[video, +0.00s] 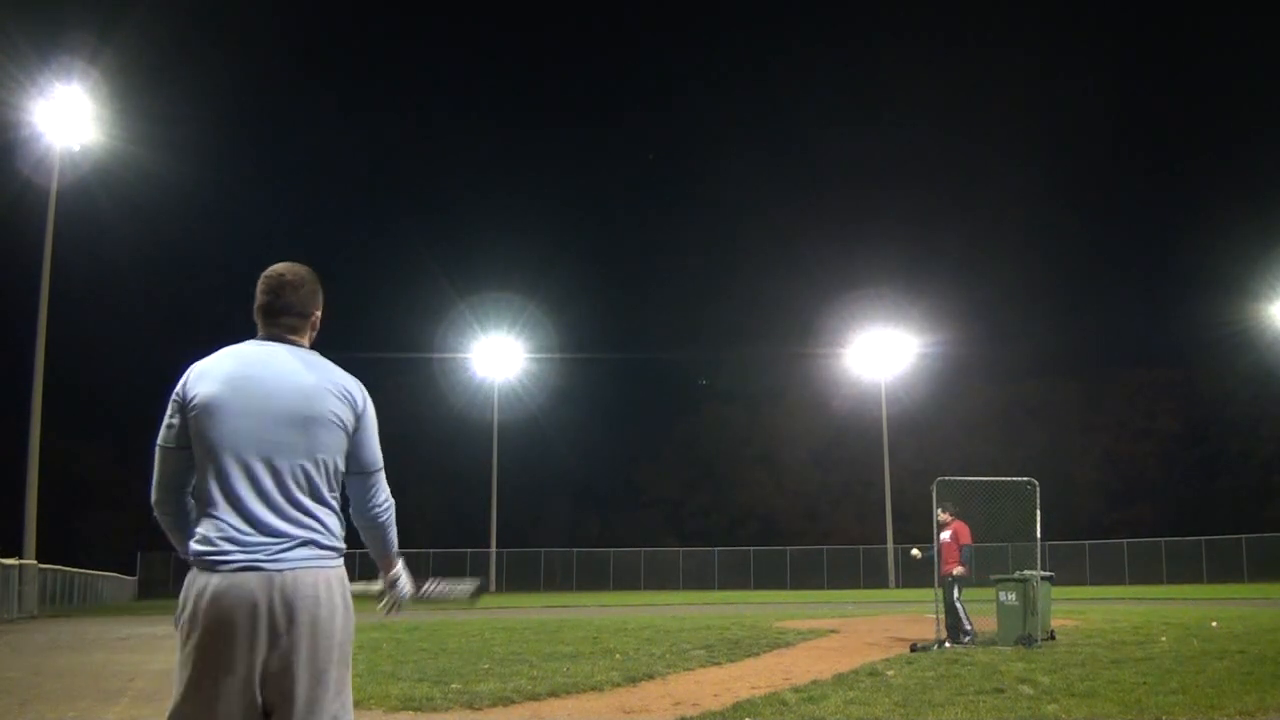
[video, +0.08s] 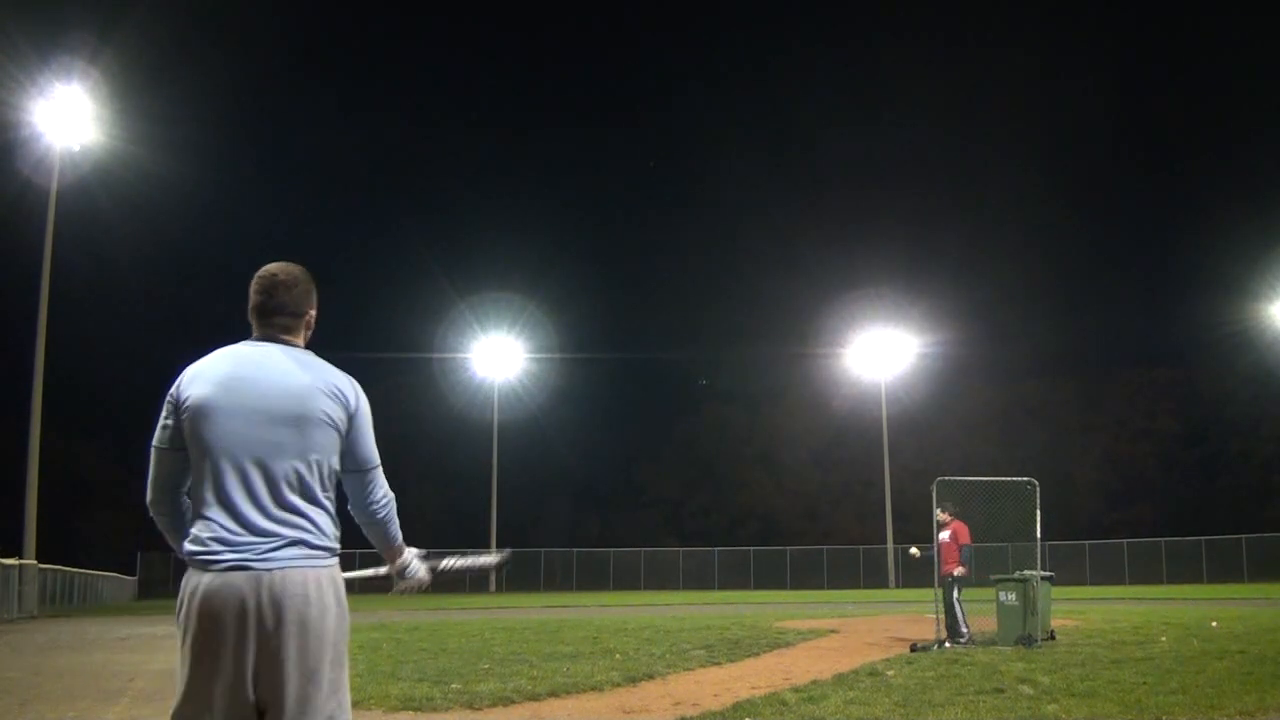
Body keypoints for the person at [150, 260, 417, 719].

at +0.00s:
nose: (315, 319)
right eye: (316, 313)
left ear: (257, 314)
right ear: (315, 318)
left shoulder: (201, 376)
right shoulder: (346, 388)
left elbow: (167, 498)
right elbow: (371, 501)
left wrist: (207, 559)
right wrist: (391, 567)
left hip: (220, 591)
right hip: (316, 589)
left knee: (209, 713)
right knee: (318, 713)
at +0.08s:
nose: (311, 321)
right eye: (312, 315)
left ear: (251, 314)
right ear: (310, 319)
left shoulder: (195, 378)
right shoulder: (341, 387)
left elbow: (162, 497)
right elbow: (371, 497)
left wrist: (204, 554)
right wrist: (399, 557)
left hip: (214, 590)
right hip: (309, 588)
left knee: (208, 713)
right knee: (313, 712)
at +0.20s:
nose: (294, 320)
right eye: (294, 313)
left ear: (233, 317)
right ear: (290, 319)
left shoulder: (177, 385)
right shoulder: (319, 387)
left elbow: (159, 503)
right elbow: (359, 494)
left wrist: (201, 548)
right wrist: (404, 552)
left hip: (198, 589)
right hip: (289, 588)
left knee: (198, 711)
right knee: (305, 712)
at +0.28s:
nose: (283, 320)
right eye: (283, 313)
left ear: (221, 317)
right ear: (278, 319)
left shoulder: (164, 389)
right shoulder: (304, 388)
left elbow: (158, 503)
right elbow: (348, 490)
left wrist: (213, 532)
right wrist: (401, 549)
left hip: (189, 592)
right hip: (278, 592)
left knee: (192, 713)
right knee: (294, 712)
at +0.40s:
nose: (257, 318)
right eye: (256, 310)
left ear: (193, 316)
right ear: (250, 315)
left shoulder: (144, 387)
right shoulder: (275, 383)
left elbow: (189, 480)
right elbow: (329, 483)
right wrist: (386, 546)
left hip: (166, 587)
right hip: (254, 589)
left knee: (169, 713)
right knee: (271, 711)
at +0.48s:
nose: (245, 318)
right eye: (243, 309)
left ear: (181, 316)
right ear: (238, 314)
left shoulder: (136, 386)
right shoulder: (262, 382)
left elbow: (186, 465)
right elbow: (318, 480)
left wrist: (275, 482)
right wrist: (378, 546)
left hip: (153, 586)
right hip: (242, 589)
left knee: (157, 712)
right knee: (261, 709)